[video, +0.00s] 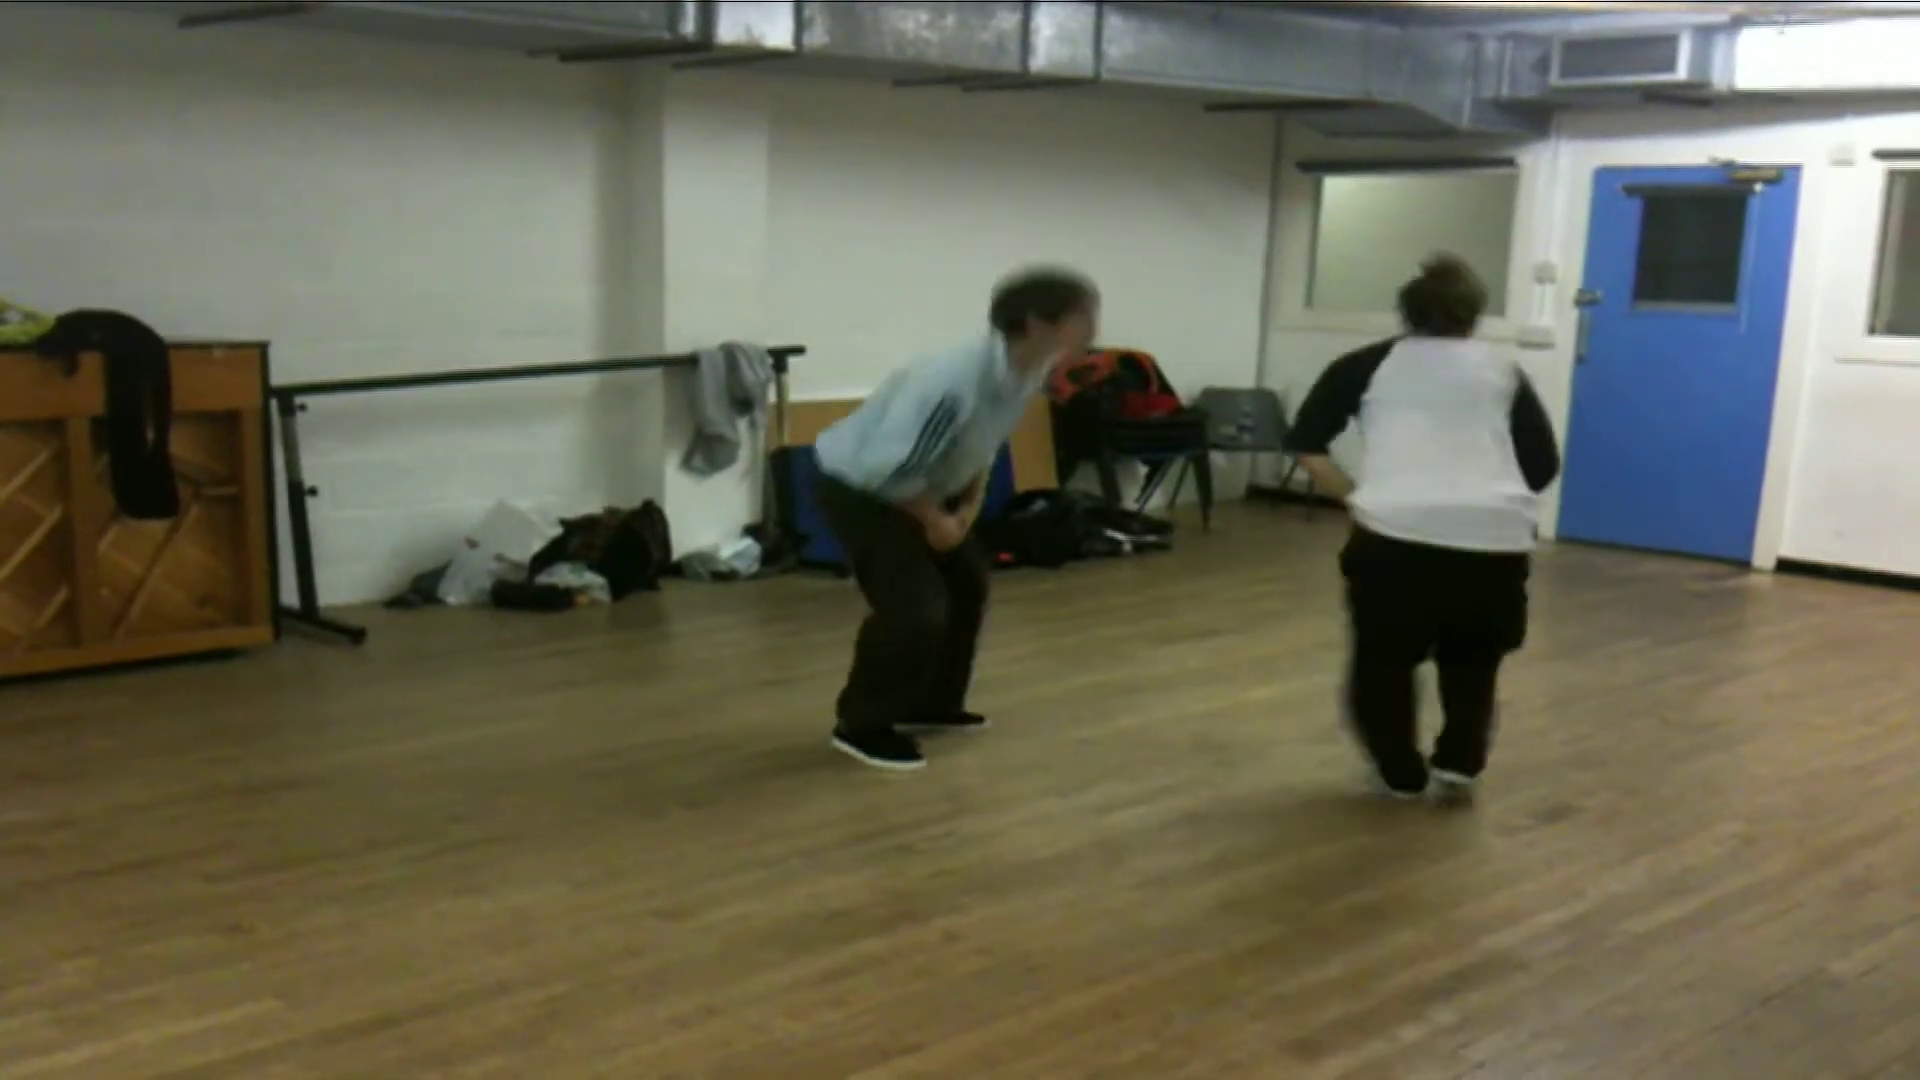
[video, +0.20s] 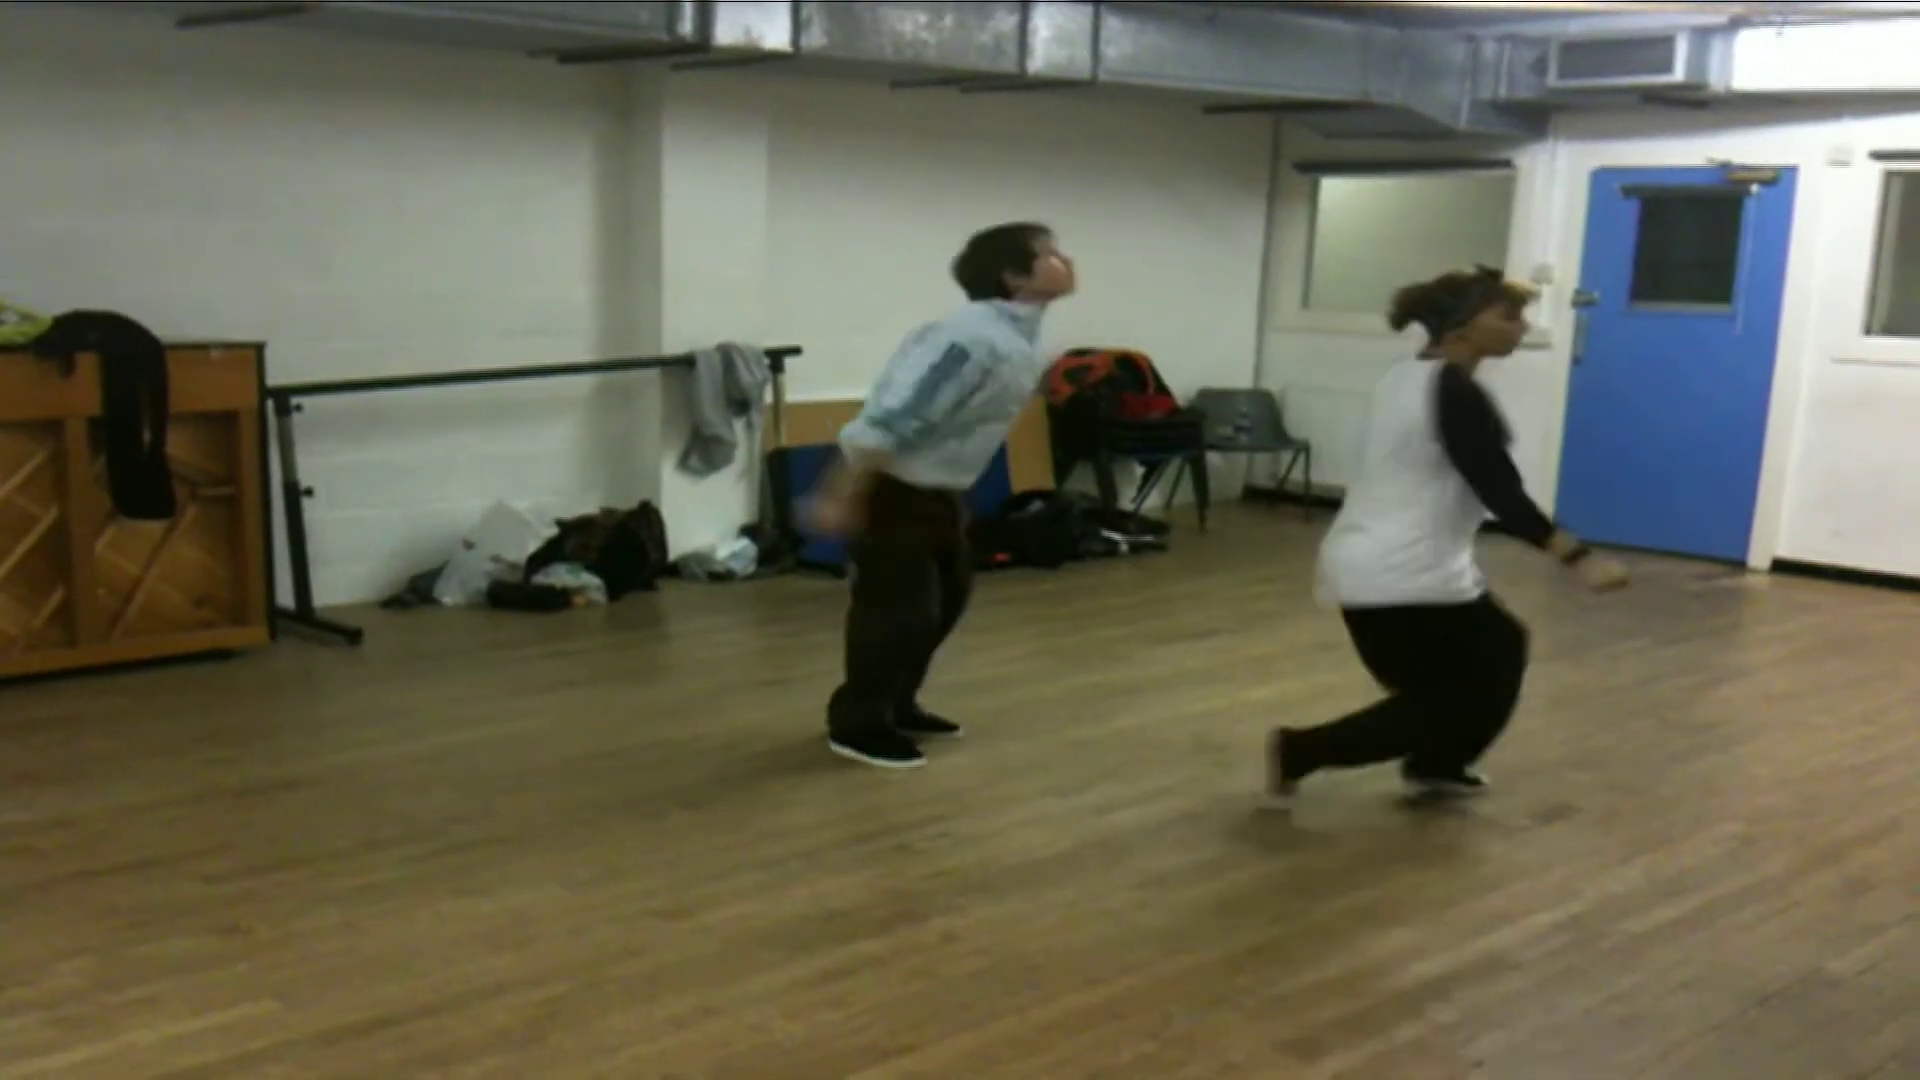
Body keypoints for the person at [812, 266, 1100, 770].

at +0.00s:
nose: (1088, 336)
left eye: (1088, 323)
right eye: (1080, 322)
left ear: (1038, 325)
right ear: (1036, 325)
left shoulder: (1025, 374)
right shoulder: (955, 379)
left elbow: (982, 447)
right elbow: (884, 472)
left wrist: (968, 506)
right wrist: (931, 517)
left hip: (912, 484)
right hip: (852, 480)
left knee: (965, 580)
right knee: (913, 599)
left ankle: (935, 701)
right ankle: (861, 722)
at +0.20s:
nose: (1064, 259)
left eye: (1056, 250)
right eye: (1049, 255)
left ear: (1021, 281)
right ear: (1015, 279)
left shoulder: (1018, 337)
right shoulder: (967, 338)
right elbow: (889, 417)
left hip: (940, 494)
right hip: (896, 490)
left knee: (946, 596)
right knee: (896, 606)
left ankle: (897, 701)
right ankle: (857, 720)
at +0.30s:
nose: (1038, 226)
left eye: (1030, 217)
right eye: (1023, 220)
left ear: (994, 243)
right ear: (990, 242)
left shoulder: (1007, 301)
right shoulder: (965, 303)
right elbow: (880, 356)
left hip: (962, 474)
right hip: (915, 474)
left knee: (968, 586)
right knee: (916, 596)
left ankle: (916, 693)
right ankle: (857, 713)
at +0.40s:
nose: (1016, 219)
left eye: (1008, 209)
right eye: (1000, 212)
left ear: (971, 238)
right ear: (964, 236)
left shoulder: (992, 288)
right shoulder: (945, 292)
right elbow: (908, 313)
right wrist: (867, 313)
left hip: (987, 459)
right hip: (944, 468)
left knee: (1046, 527)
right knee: (937, 607)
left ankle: (964, 617)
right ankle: (848, 720)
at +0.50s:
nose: (1002, 250)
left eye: (998, 242)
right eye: (988, 244)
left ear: (987, 259)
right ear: (942, 264)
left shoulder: (990, 305)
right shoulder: (918, 331)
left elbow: (1012, 258)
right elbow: (926, 331)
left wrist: (1035, 210)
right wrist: (938, 296)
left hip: (1014, 470)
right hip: (958, 490)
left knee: (1107, 489)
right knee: (968, 622)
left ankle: (1036, 581)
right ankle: (871, 739)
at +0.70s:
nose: (1039, 258)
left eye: (1036, 248)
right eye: (1026, 249)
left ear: (996, 263)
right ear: (981, 264)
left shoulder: (1028, 308)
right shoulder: (949, 326)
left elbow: (1109, 306)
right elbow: (1042, 347)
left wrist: (1178, 262)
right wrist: (1110, 295)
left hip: (1037, 489)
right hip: (980, 497)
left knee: (1110, 583)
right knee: (974, 630)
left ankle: (1098, 684)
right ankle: (869, 740)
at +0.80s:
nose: (1095, 269)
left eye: (1092, 258)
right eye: (1083, 259)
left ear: (1042, 272)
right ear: (1041, 271)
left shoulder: (1047, 316)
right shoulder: (1025, 317)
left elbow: (1124, 350)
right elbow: (1122, 355)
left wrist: (1188, 331)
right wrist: (1155, 327)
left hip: (1041, 493)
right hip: (996, 497)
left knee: (1093, 610)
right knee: (981, 637)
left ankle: (1125, 721)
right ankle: (872, 741)